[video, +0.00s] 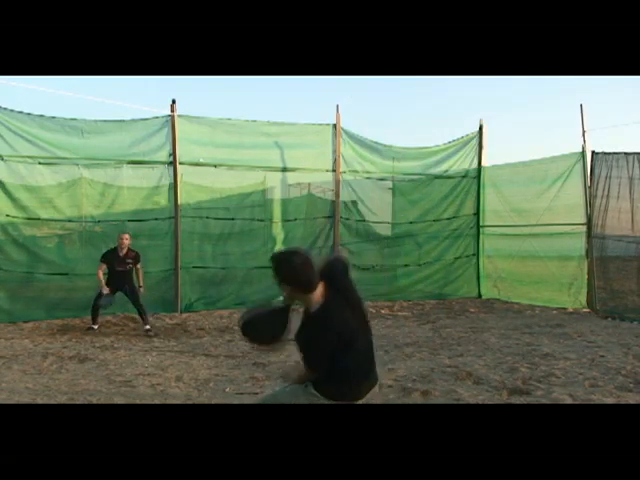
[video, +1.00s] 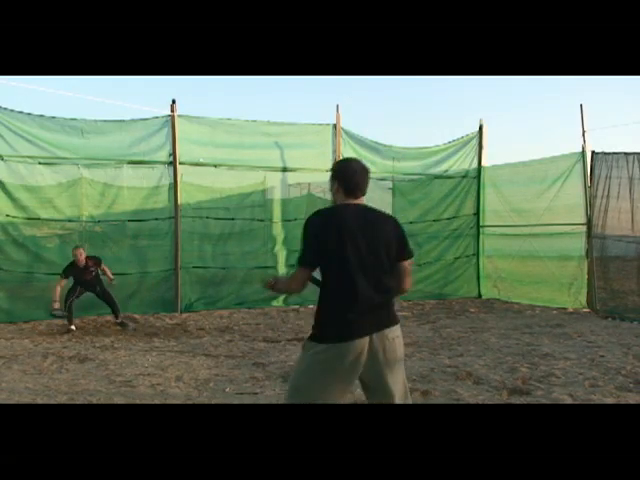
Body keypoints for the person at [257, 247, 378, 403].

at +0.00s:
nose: (280, 288)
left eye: (280, 284)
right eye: (279, 284)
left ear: (289, 288)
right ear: (312, 270)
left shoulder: (309, 333)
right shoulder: (336, 273)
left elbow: (314, 371)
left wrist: (297, 380)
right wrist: (289, 302)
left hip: (340, 393)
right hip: (369, 378)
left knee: (267, 400)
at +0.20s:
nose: (263, 277)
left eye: (262, 272)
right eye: (261, 272)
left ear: (268, 276)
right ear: (296, 262)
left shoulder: (291, 323)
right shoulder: (322, 275)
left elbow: (306, 371)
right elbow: (350, 293)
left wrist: (289, 377)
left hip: (337, 395)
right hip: (371, 382)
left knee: (262, 400)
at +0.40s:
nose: (269, 218)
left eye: (270, 212)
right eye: (269, 211)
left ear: (276, 216)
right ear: (303, 210)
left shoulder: (283, 256)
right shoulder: (331, 235)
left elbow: (297, 324)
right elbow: (376, 271)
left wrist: (278, 364)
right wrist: (360, 307)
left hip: (329, 356)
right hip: (369, 342)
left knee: (267, 399)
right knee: (372, 399)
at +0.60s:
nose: (303, 193)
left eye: (304, 187)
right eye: (303, 187)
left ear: (308, 191)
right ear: (337, 190)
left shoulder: (304, 228)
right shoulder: (366, 220)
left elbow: (305, 296)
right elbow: (400, 272)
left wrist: (284, 341)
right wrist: (380, 303)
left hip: (339, 343)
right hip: (386, 335)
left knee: (296, 400)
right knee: (386, 399)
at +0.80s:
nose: (332, 196)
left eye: (333, 191)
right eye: (333, 191)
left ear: (337, 192)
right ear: (366, 194)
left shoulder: (325, 226)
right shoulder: (393, 227)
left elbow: (317, 289)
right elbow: (412, 289)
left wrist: (292, 322)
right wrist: (387, 310)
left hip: (344, 343)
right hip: (394, 340)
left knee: (310, 399)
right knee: (400, 400)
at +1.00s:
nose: (330, 188)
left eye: (331, 183)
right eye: (332, 183)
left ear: (336, 186)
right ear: (365, 188)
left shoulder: (320, 221)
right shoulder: (389, 223)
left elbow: (298, 283)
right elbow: (404, 284)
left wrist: (279, 285)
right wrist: (370, 283)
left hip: (335, 339)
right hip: (386, 336)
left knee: (303, 398)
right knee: (394, 399)